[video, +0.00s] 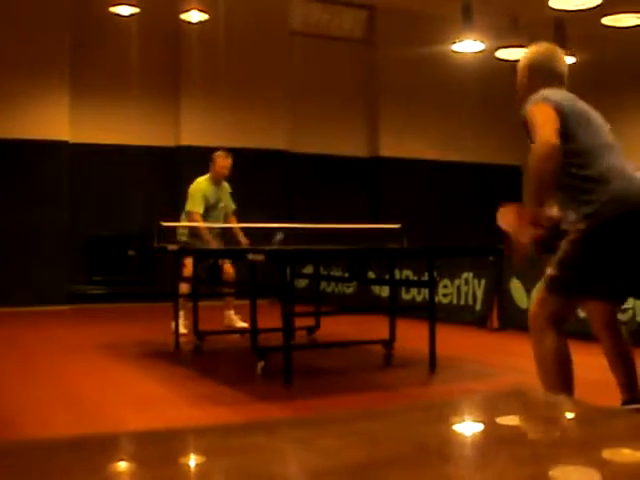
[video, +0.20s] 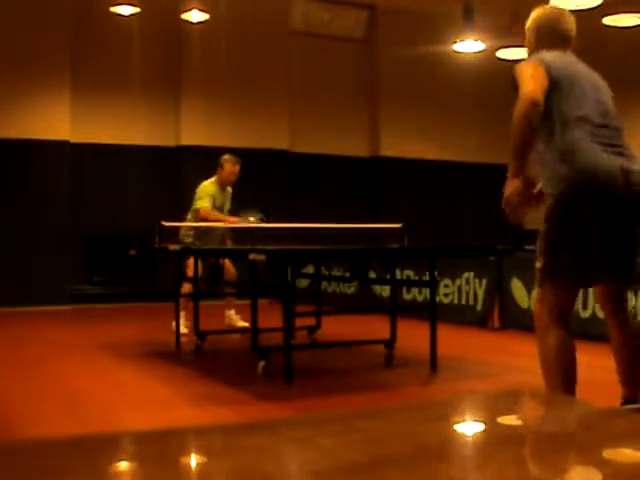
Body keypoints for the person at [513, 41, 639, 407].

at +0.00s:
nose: (516, 81)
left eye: (518, 73)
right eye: (516, 73)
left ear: (525, 75)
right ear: (562, 76)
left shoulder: (541, 101)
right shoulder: (581, 107)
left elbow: (547, 144)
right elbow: (602, 177)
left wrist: (532, 214)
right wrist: (559, 216)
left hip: (604, 219)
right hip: (631, 214)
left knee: (543, 314)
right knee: (602, 311)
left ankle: (561, 414)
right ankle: (632, 401)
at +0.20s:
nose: (525, 44)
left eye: (526, 38)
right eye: (528, 39)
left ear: (531, 38)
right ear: (569, 41)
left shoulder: (536, 62)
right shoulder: (593, 77)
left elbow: (532, 97)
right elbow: (594, 142)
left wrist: (517, 171)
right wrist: (543, 185)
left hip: (577, 190)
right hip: (622, 190)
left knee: (550, 308)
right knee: (615, 303)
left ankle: (561, 412)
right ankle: (633, 401)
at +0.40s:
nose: (533, 51)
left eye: (535, 45)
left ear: (539, 47)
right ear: (579, 51)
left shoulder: (541, 74)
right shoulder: (601, 90)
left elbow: (541, 106)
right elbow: (612, 155)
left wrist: (526, 177)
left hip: (562, 211)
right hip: (614, 213)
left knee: (498, 311)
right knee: (616, 327)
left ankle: (512, 407)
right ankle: (635, 414)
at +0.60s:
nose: (500, 72)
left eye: (502, 66)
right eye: (500, 66)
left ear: (510, 69)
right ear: (544, 70)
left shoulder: (508, 95)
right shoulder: (569, 107)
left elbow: (509, 129)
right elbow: (564, 165)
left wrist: (498, 196)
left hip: (535, 216)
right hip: (589, 217)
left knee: (458, 310)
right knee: (608, 327)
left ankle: (436, 403)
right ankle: (634, 418)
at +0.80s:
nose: (416, 100)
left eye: (417, 92)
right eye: (416, 92)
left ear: (426, 91)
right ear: (457, 89)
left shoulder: (437, 115)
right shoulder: (486, 123)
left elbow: (448, 158)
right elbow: (467, 203)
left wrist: (439, 225)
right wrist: (391, 205)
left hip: (477, 240)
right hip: (526, 237)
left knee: (400, 323)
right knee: (570, 339)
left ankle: (358, 404)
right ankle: (622, 412)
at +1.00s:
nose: (328, 115)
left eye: (327, 108)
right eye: (328, 107)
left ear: (335, 108)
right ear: (366, 101)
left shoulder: (361, 130)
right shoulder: (393, 129)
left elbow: (389, 175)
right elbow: (383, 206)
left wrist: (383, 253)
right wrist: (327, 198)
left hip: (432, 226)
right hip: (477, 222)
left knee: (354, 309)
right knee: (516, 324)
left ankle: (347, 406)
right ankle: (585, 402)